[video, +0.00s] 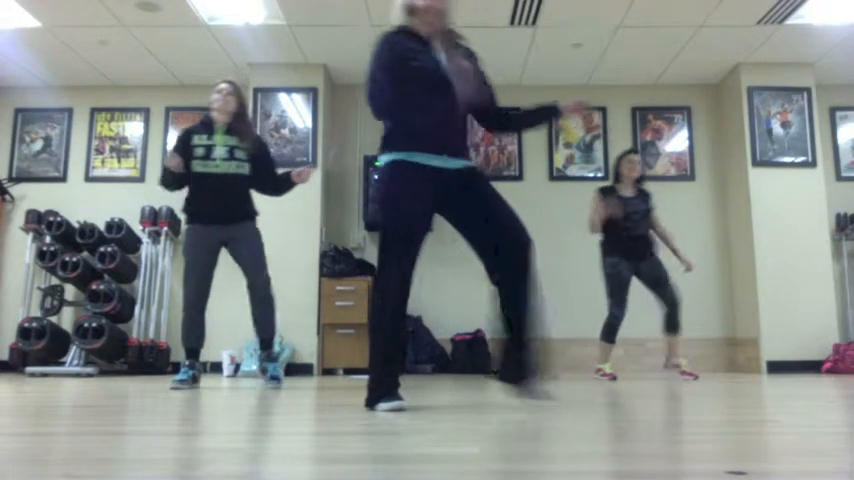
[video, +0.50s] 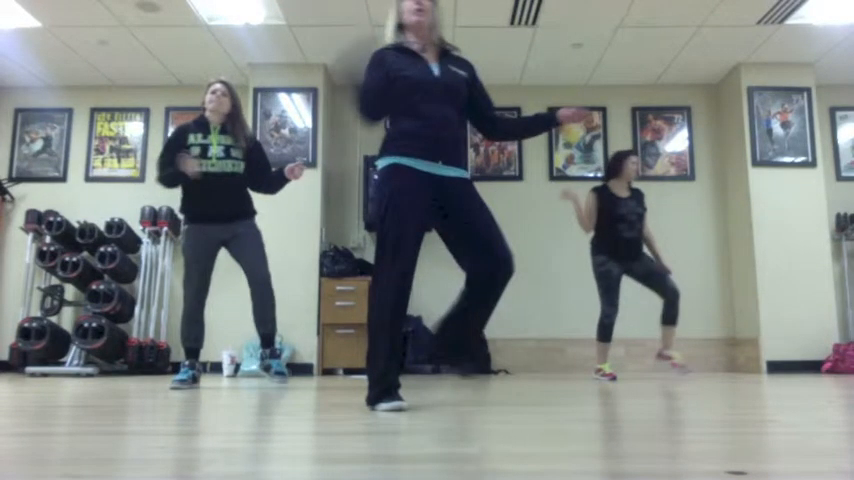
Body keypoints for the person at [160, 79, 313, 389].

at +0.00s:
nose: (220, 97)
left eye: (228, 94)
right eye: (217, 92)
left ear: (239, 105)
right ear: (209, 100)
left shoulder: (250, 141)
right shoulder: (190, 137)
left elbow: (266, 184)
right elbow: (172, 184)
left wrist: (291, 179)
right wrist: (173, 170)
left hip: (241, 226)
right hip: (202, 227)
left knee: (260, 285)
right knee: (194, 295)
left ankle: (267, 357)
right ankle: (190, 364)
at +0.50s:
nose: (215, 96)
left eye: (222, 94)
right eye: (211, 92)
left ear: (232, 105)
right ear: (203, 100)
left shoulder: (244, 139)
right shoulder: (184, 134)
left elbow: (262, 182)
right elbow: (164, 177)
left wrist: (284, 175)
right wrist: (180, 168)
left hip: (240, 225)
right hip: (200, 227)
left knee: (261, 281)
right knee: (194, 294)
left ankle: (269, 354)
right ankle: (190, 363)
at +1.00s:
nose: (259, 95)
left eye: (266, 93)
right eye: (254, 91)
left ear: (274, 104)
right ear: (245, 100)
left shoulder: (284, 142)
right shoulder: (226, 133)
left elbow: (295, 187)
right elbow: (207, 173)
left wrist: (321, 186)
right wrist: (188, 173)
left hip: (265, 227)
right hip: (226, 225)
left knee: (265, 296)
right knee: (208, 289)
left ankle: (267, 364)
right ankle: (189, 358)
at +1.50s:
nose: (261, 96)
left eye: (268, 93)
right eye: (256, 91)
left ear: (276, 105)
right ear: (247, 100)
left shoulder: (287, 141)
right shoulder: (230, 135)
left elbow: (298, 184)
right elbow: (210, 178)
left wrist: (323, 184)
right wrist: (193, 165)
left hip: (265, 227)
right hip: (227, 223)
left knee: (265, 297)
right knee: (207, 287)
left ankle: (267, 363)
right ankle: (193, 349)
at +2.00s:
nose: (221, 105)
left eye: (227, 103)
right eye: (217, 101)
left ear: (236, 115)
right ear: (207, 110)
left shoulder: (246, 150)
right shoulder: (188, 145)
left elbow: (263, 191)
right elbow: (170, 189)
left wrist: (289, 188)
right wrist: (171, 174)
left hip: (237, 230)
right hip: (199, 232)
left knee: (255, 287)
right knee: (195, 297)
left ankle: (265, 355)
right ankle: (194, 363)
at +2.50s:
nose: (220, 107)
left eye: (226, 104)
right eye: (216, 103)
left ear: (235, 114)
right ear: (207, 111)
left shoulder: (247, 148)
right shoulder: (187, 144)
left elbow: (284, 152)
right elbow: (147, 128)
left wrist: (284, 125)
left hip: (240, 228)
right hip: (204, 229)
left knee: (249, 291)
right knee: (198, 298)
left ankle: (260, 358)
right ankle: (195, 363)